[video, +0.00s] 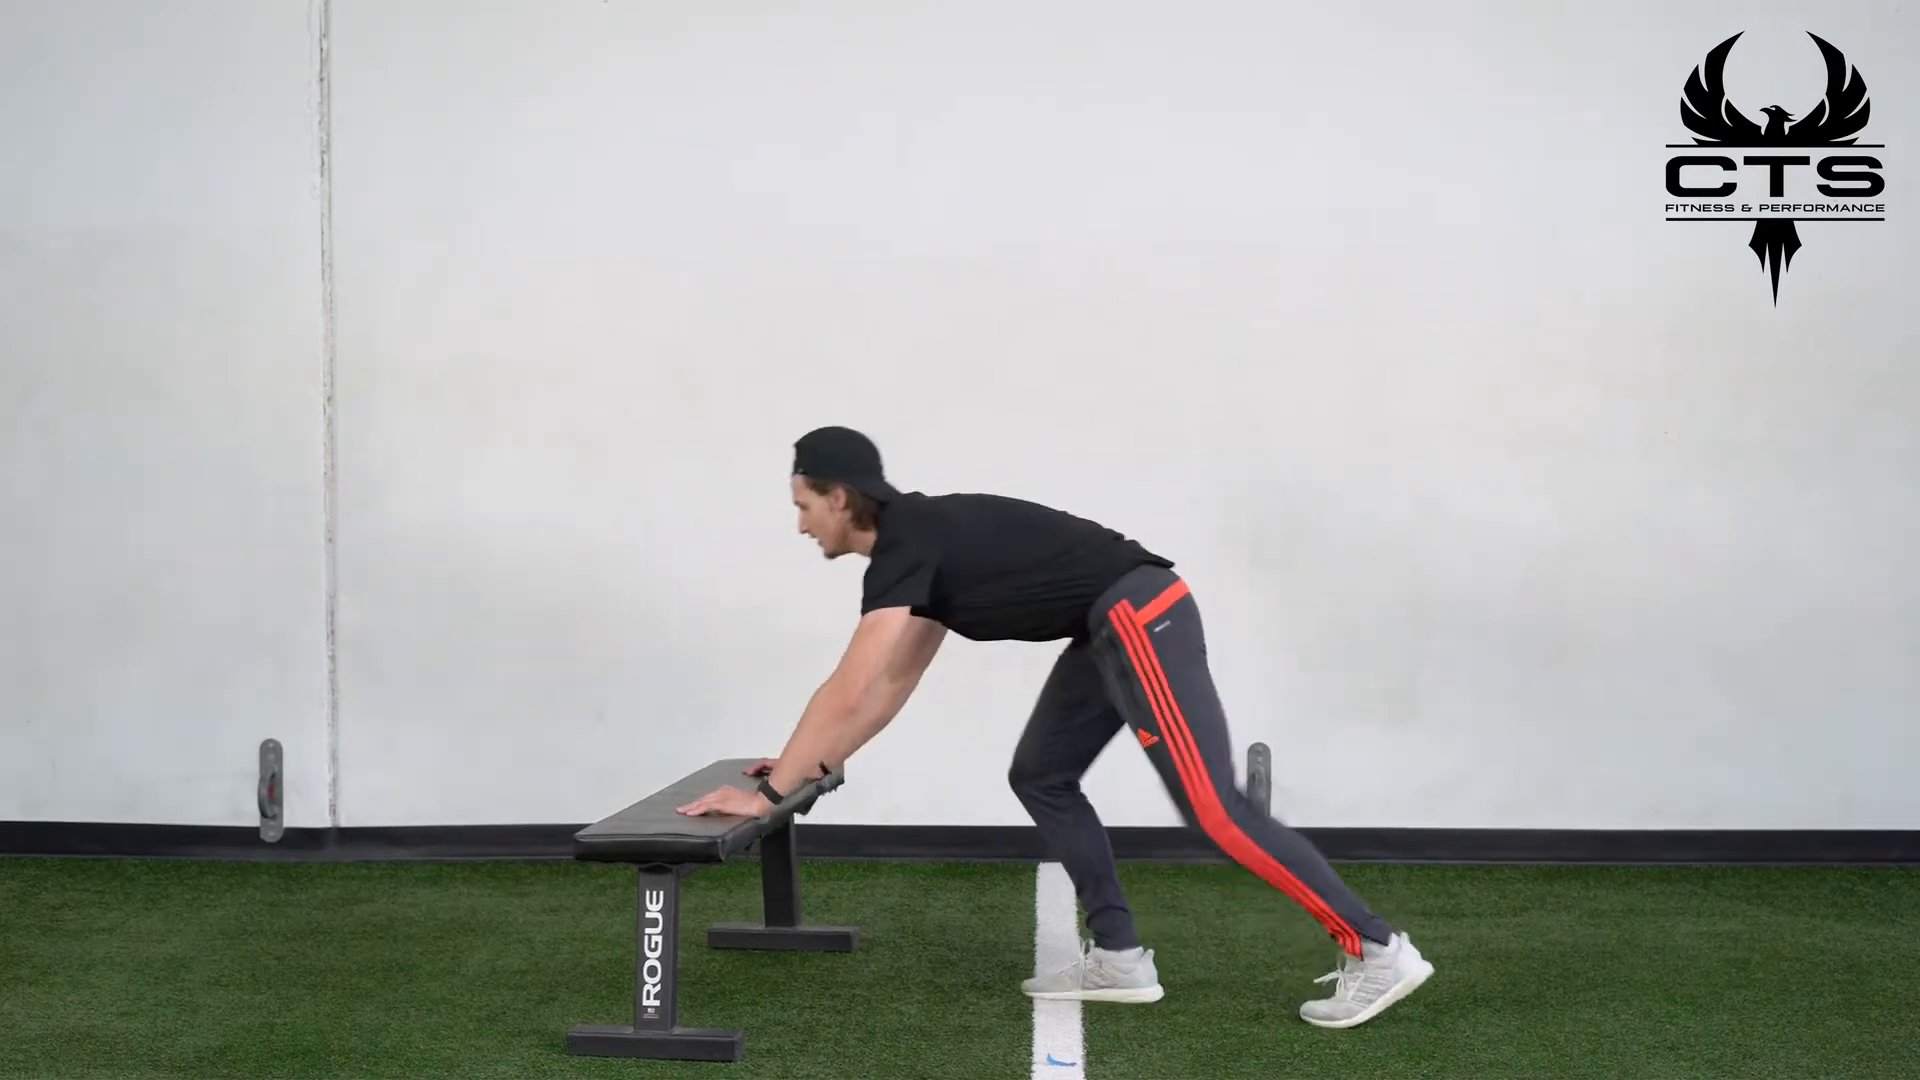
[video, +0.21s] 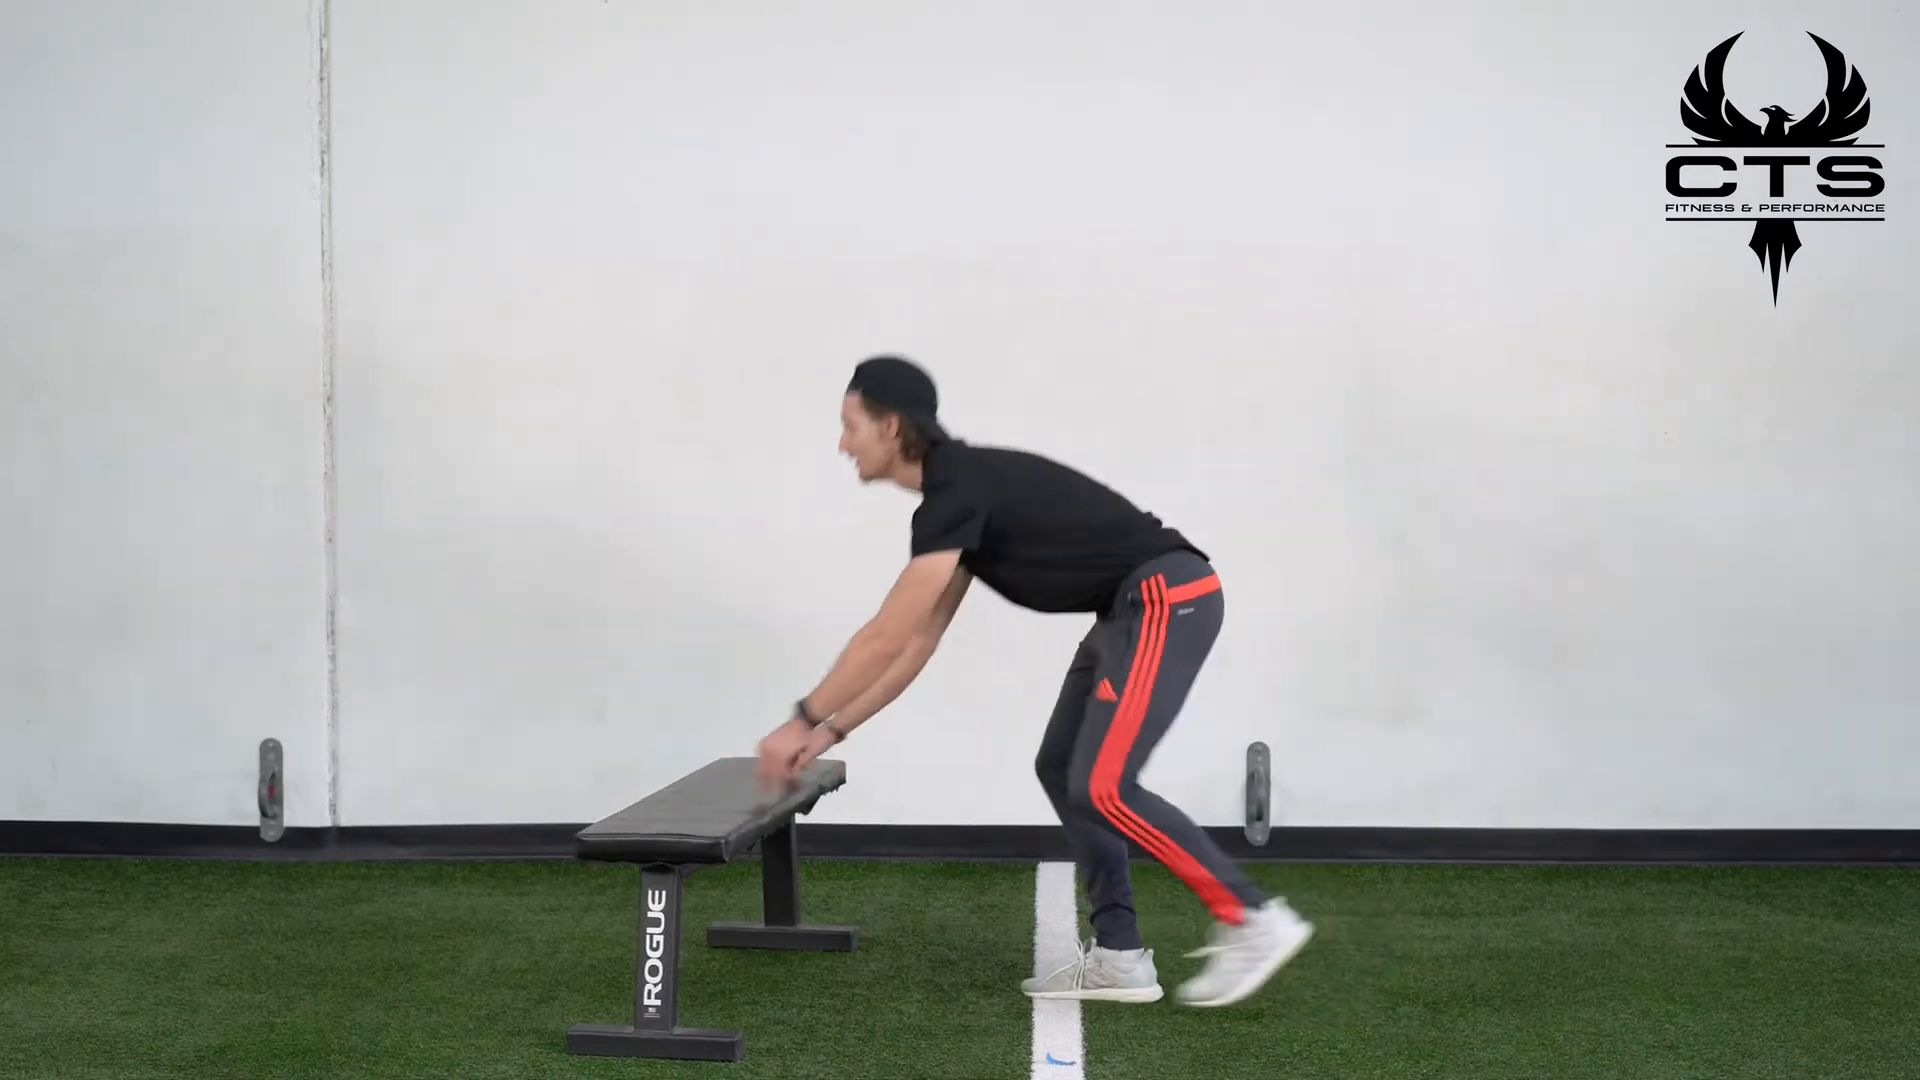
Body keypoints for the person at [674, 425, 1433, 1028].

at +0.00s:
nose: (799, 518)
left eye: (804, 502)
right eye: (797, 503)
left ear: (847, 498)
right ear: (855, 494)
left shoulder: (905, 549)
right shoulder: (925, 547)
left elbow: (850, 695)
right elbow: (888, 692)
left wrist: (767, 794)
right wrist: (810, 769)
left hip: (1139, 612)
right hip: (1105, 628)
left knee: (1215, 810)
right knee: (1042, 777)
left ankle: (1379, 949)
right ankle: (1119, 958)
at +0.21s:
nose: (842, 442)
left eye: (850, 425)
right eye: (843, 424)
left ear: (894, 426)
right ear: (895, 427)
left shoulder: (957, 493)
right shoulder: (964, 494)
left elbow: (889, 636)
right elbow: (916, 646)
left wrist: (803, 720)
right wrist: (829, 729)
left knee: (1101, 786)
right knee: (1062, 769)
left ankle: (1256, 920)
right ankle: (1120, 955)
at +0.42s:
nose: (871, 348)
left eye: (881, 334)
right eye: (874, 333)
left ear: (924, 342)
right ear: (930, 343)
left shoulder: (983, 415)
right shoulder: (976, 414)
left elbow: (1004, 574)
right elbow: (1003, 572)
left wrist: (958, 685)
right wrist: (959, 685)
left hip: (1149, 575)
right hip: (1140, 574)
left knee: (1073, 771)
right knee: (1076, 770)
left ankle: (1120, 970)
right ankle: (1117, 961)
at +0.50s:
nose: (897, 322)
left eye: (909, 309)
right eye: (902, 307)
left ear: (951, 322)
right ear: (955, 322)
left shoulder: (1000, 402)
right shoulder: (996, 400)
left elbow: (1013, 553)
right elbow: (1022, 565)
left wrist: (962, 667)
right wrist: (973, 670)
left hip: (1137, 591)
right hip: (1126, 589)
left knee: (1043, 780)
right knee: (1044, 777)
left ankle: (1119, 968)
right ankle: (1116, 960)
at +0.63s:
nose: (948, 288)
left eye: (961, 274)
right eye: (952, 273)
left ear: (1004, 282)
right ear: (1003, 285)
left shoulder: (1040, 366)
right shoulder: (1024, 372)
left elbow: (1010, 461)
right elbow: (1018, 485)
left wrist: (896, 485)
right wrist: (936, 478)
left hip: (1100, 604)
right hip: (1083, 602)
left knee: (1007, 796)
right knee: (1010, 792)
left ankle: (1113, 967)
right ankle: (1108, 957)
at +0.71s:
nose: (972, 232)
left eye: (982, 218)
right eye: (975, 217)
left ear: (1023, 227)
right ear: (1028, 229)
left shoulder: (1058, 314)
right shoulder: (1040, 314)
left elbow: (1026, 355)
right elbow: (1020, 372)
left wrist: (907, 311)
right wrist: (964, 327)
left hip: (1073, 563)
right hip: (1064, 558)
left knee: (1030, 762)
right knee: (1040, 759)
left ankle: (1108, 955)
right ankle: (1106, 946)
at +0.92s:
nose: (992, 133)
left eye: (1005, 118)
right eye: (995, 118)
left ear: (1040, 123)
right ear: (1060, 124)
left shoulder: (1059, 201)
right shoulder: (1063, 200)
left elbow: (1018, 150)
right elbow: (1042, 141)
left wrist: (978, 39)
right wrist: (1042, 64)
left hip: (1050, 464)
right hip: (1047, 462)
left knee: (1049, 672)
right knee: (1047, 672)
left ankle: (1084, 877)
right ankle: (1078, 872)